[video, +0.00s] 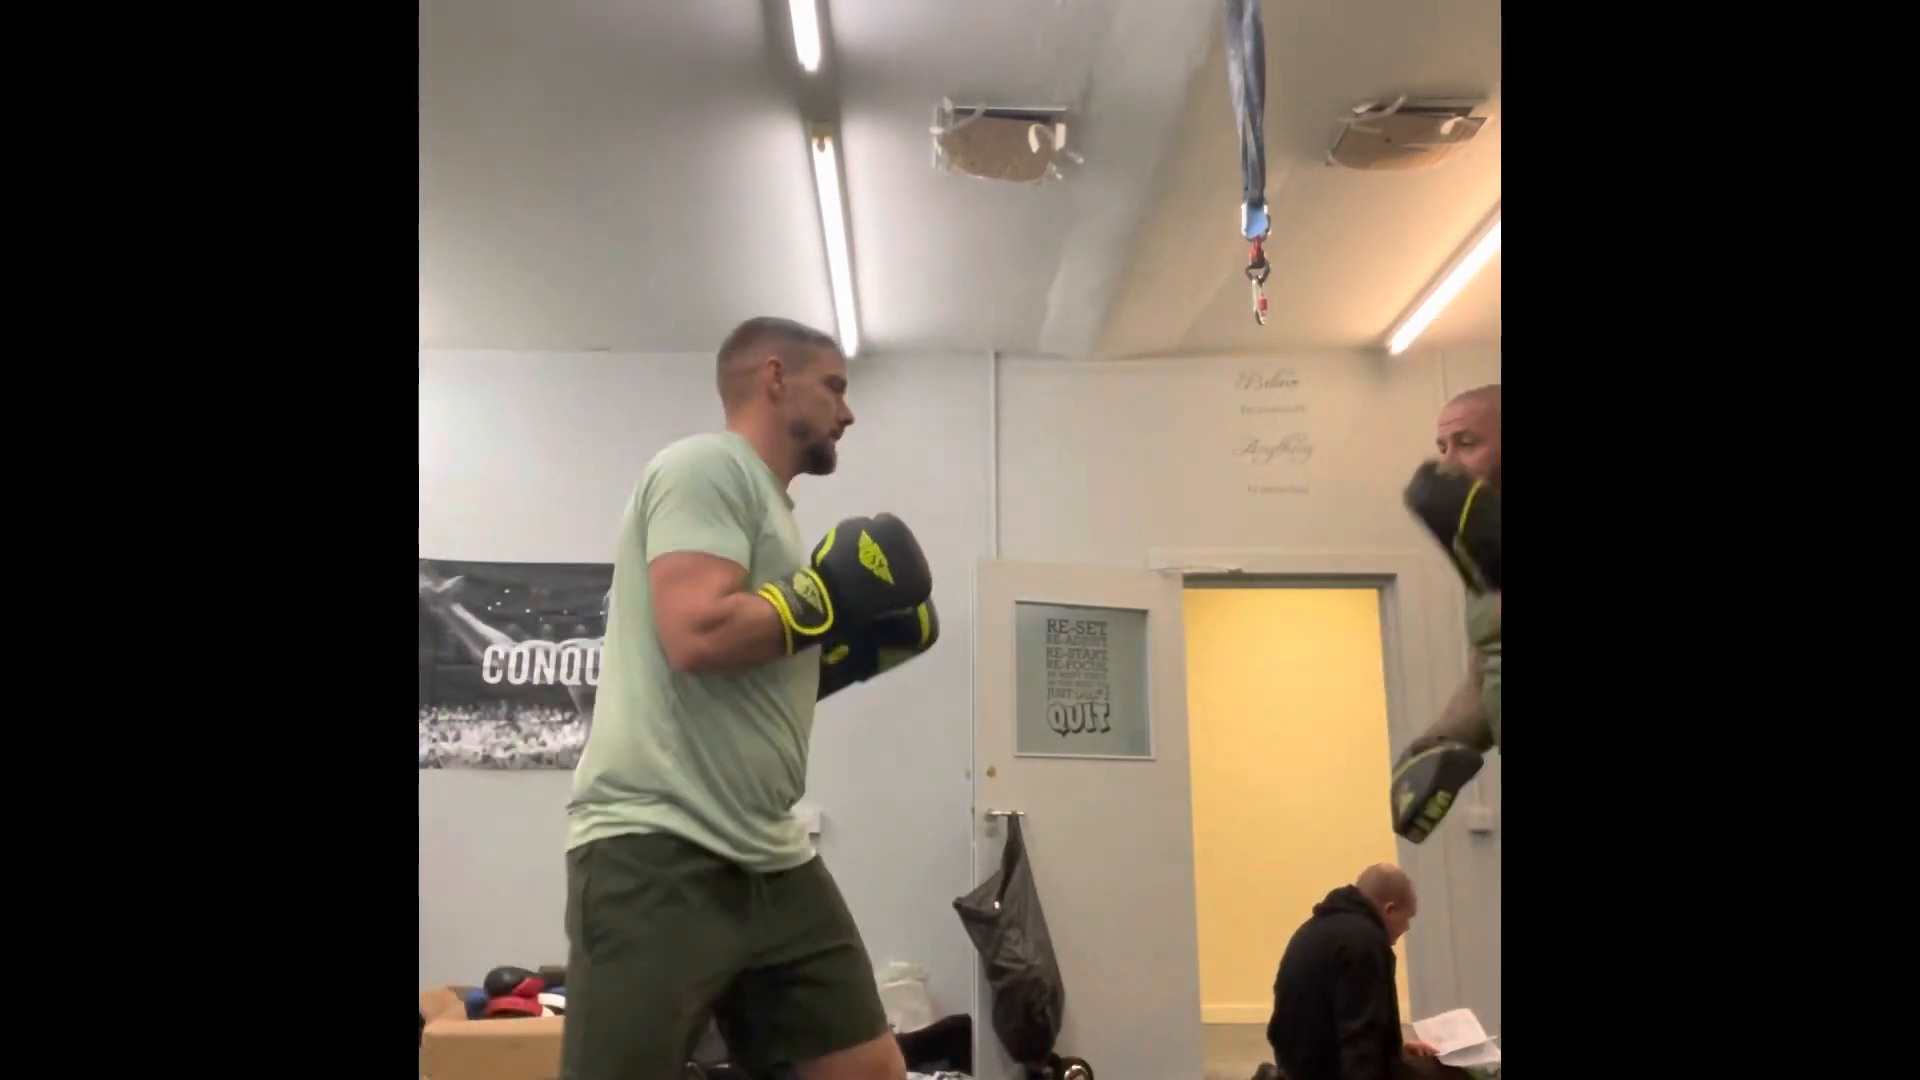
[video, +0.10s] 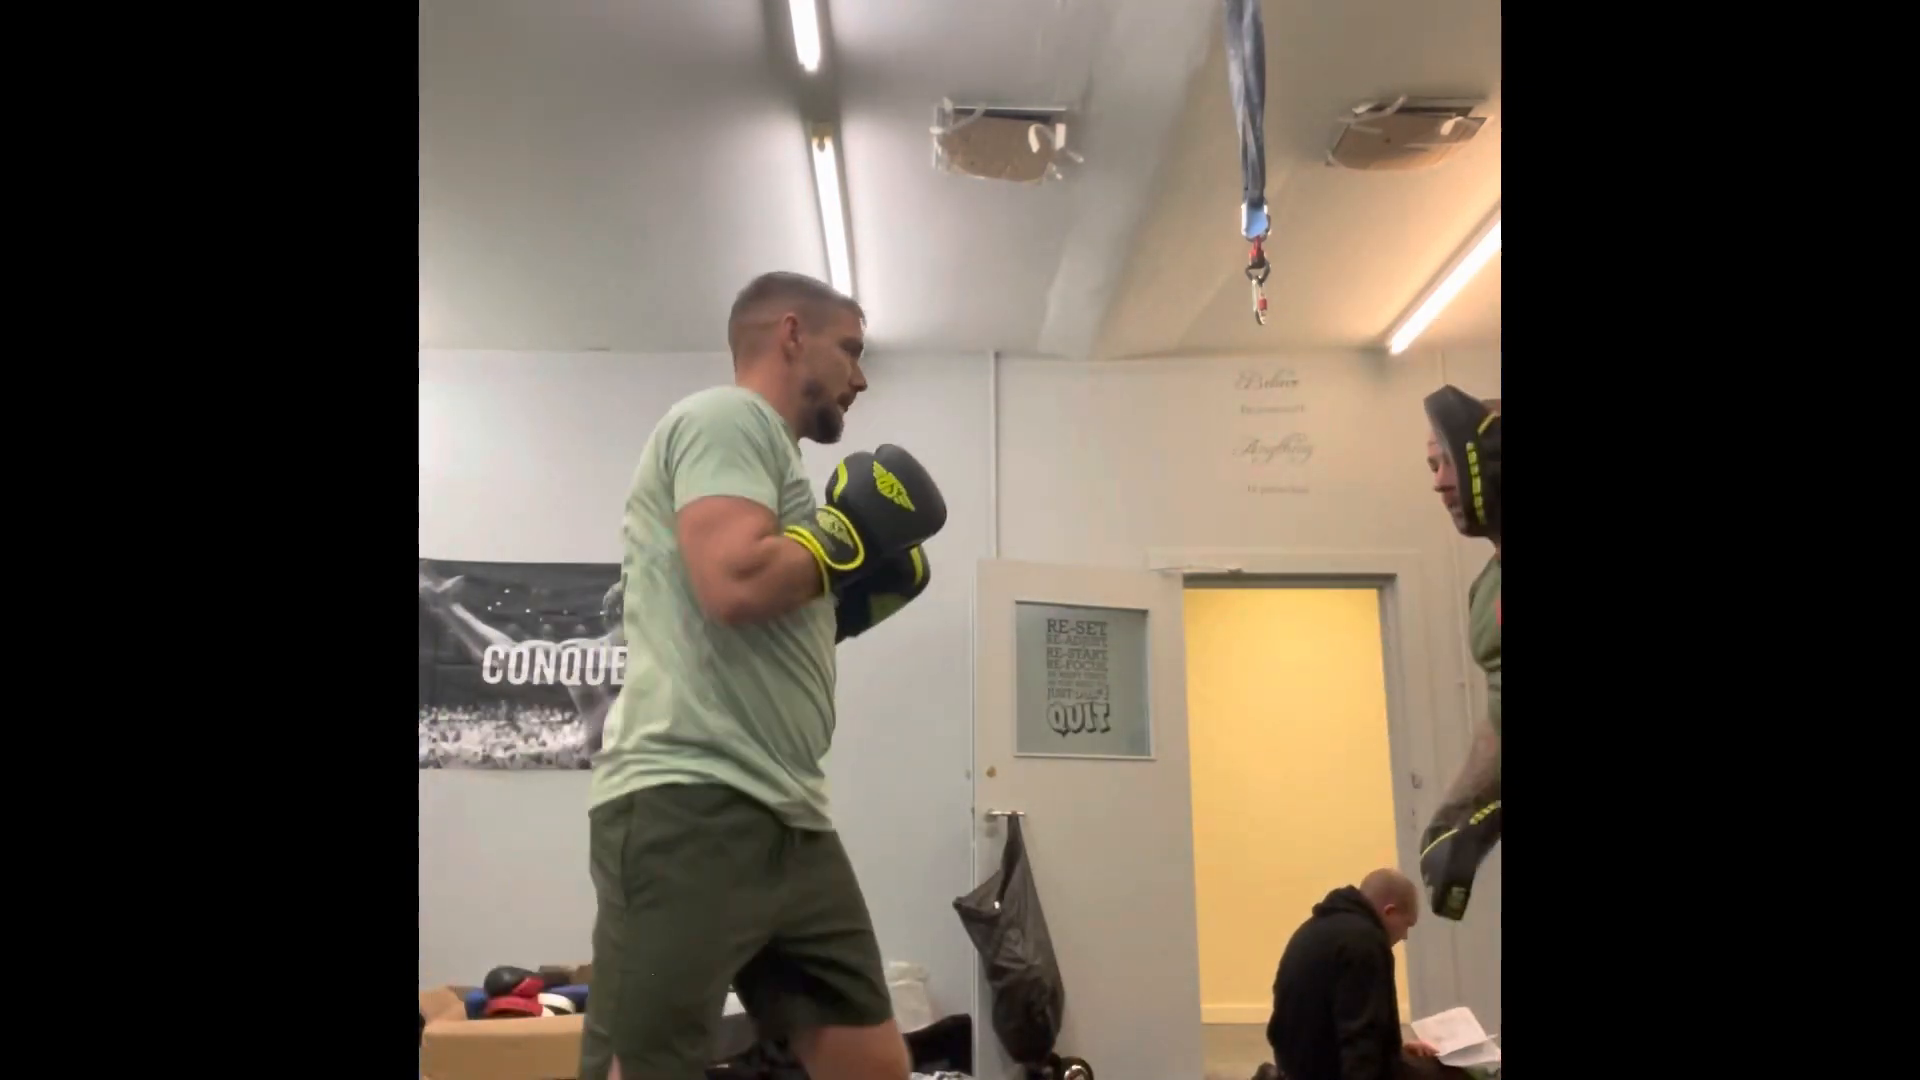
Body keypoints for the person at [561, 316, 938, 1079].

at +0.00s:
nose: (850, 411)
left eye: (847, 392)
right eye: (834, 387)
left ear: (776, 384)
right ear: (773, 379)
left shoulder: (781, 525)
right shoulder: (703, 465)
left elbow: (749, 699)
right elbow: (696, 633)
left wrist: (846, 659)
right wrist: (820, 597)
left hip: (772, 857)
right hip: (654, 853)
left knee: (867, 1068)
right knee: (618, 1070)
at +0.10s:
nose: (861, 376)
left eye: (862, 355)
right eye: (850, 350)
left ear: (791, 342)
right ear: (790, 336)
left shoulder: (783, 470)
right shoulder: (723, 417)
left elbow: (739, 639)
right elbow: (734, 582)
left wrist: (849, 607)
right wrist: (846, 535)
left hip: (789, 819)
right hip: (683, 808)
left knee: (868, 1063)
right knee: (646, 1069)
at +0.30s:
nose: (992, 443)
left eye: (991, 421)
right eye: (976, 417)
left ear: (911, 417)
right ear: (905, 413)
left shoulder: (971, 528)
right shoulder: (802, 528)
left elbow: (1072, 559)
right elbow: (738, 702)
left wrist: (1173, 490)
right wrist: (857, 635)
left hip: (938, 881)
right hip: (802, 872)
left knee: (1035, 1066)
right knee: (758, 1066)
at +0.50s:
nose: (1091, 472)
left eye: (1094, 453)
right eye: (1077, 452)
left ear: (1019, 444)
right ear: (1007, 438)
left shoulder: (1066, 545)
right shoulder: (915, 532)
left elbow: (1168, 585)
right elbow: (860, 696)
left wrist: (1264, 523)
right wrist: (990, 644)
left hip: (988, 874)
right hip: (861, 867)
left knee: (1111, 1071)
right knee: (792, 1074)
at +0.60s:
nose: (1065, 418)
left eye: (1062, 397)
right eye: (1048, 395)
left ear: (991, 398)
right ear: (983, 395)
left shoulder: (1005, 527)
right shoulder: (903, 503)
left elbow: (955, 688)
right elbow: (860, 677)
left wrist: (1048, 699)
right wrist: (997, 634)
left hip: (993, 854)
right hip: (879, 847)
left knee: (1092, 1065)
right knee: (814, 1072)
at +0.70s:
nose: (964, 412)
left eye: (961, 391)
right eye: (949, 387)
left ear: (889, 390)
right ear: (889, 386)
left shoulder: (903, 529)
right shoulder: (807, 506)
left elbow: (896, 692)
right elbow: (821, 692)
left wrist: (996, 648)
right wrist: (949, 627)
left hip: (917, 873)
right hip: (801, 867)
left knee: (1007, 1069)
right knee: (762, 1069)